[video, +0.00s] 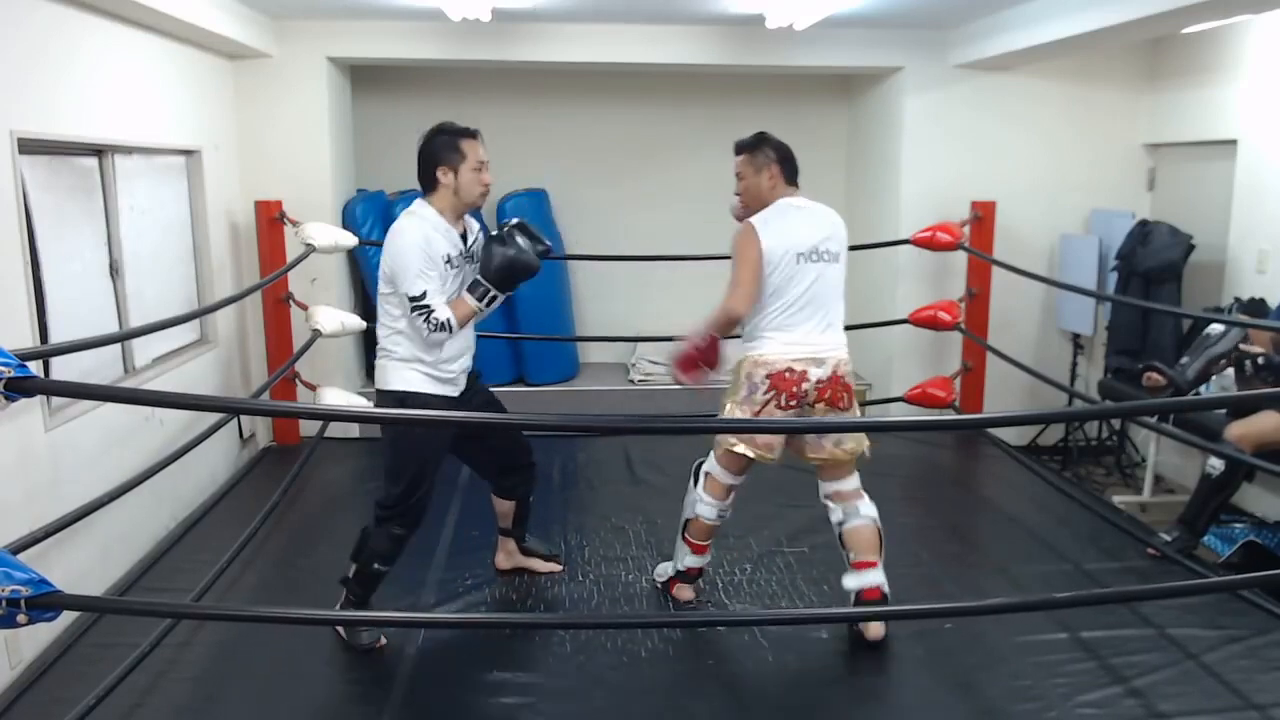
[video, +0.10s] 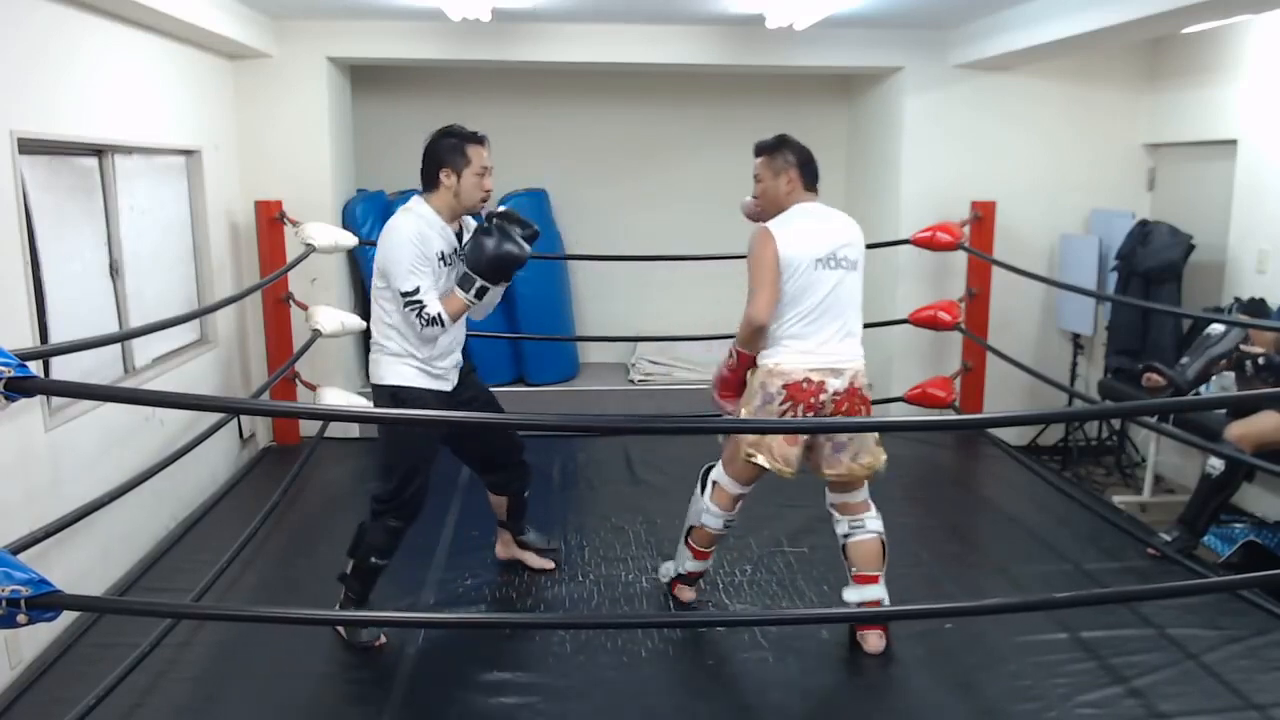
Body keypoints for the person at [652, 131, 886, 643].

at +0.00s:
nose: (737, 190)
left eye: (741, 178)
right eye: (736, 179)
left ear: (772, 173)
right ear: (785, 176)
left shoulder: (756, 230)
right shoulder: (832, 222)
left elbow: (737, 309)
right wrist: (750, 221)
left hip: (768, 378)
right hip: (832, 377)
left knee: (720, 478)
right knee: (845, 489)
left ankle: (685, 578)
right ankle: (872, 607)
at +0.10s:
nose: (754, 190)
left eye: (760, 180)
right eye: (754, 181)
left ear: (790, 177)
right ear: (801, 180)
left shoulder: (771, 235)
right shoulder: (849, 228)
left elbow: (759, 316)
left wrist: (737, 362)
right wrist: (768, 219)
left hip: (781, 388)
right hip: (846, 389)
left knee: (728, 484)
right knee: (854, 504)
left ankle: (687, 579)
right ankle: (872, 626)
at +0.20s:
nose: (762, 180)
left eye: (769, 169)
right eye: (763, 170)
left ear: (799, 167)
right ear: (812, 170)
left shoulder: (780, 222)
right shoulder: (859, 222)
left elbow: (757, 303)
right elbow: (826, 297)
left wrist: (724, 340)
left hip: (785, 381)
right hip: (854, 383)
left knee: (733, 485)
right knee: (860, 501)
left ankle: (718, 598)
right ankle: (874, 629)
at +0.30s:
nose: (767, 170)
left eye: (772, 159)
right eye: (766, 160)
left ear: (802, 155)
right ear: (818, 161)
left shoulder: (774, 210)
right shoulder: (864, 212)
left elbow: (748, 282)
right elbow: (820, 222)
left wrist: (705, 301)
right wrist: (777, 189)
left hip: (780, 378)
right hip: (851, 379)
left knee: (741, 508)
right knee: (862, 508)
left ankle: (736, 637)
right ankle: (874, 634)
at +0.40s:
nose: (765, 175)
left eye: (770, 162)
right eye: (765, 163)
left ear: (801, 159)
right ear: (818, 164)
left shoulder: (775, 218)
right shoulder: (868, 222)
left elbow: (742, 295)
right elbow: (819, 276)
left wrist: (694, 286)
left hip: (779, 387)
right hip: (852, 389)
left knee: (747, 513)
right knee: (866, 516)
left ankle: (740, 639)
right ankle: (873, 649)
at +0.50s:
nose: (770, 192)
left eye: (774, 179)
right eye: (769, 180)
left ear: (801, 174)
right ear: (823, 177)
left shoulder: (785, 236)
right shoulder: (875, 237)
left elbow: (746, 319)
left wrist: (705, 288)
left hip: (783, 409)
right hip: (859, 412)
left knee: (723, 509)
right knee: (880, 554)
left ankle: (723, 633)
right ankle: (900, 690)